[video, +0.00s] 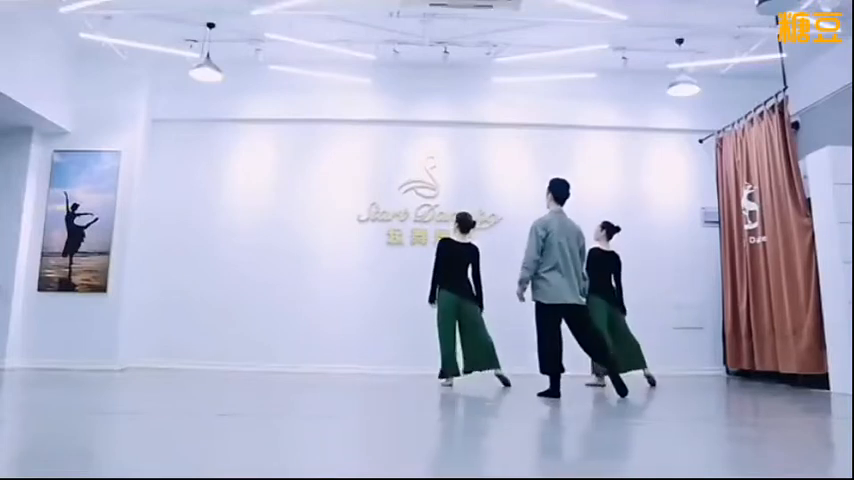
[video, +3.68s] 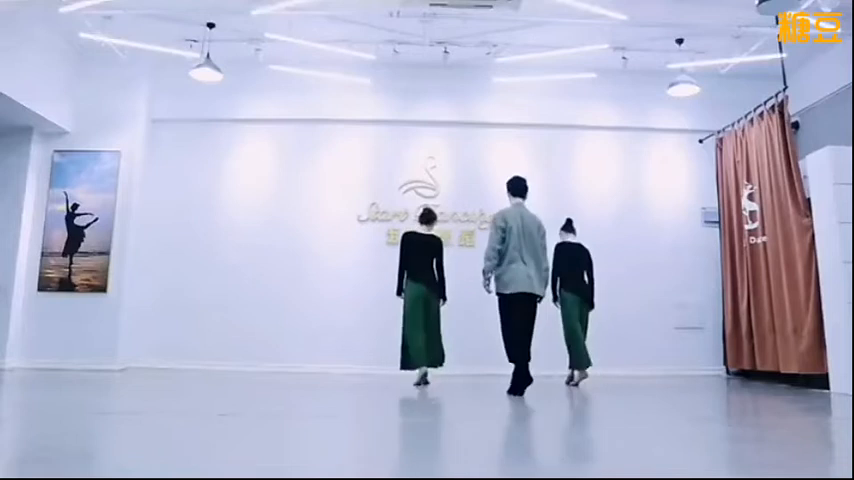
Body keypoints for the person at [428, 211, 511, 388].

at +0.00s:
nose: (454, 225)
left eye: (455, 223)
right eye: (457, 223)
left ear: (456, 225)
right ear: (471, 228)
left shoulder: (444, 243)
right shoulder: (473, 249)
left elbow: (437, 270)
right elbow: (476, 277)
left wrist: (432, 293)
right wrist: (480, 300)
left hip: (446, 292)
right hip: (466, 293)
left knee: (446, 333)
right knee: (480, 332)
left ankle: (448, 375)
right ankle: (496, 368)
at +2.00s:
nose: (460, 237)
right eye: (461, 234)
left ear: (446, 231)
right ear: (460, 235)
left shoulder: (435, 247)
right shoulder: (464, 252)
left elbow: (429, 272)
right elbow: (472, 279)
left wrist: (429, 293)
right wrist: (479, 302)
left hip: (443, 293)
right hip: (463, 293)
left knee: (446, 334)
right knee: (478, 331)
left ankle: (447, 376)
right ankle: (497, 368)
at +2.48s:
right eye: (452, 251)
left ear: (437, 250)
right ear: (452, 251)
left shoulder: (428, 263)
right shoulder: (457, 265)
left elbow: (424, 288)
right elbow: (468, 289)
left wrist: (425, 309)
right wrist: (475, 312)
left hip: (438, 301)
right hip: (458, 302)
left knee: (440, 342)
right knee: (468, 338)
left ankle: (444, 379)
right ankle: (492, 369)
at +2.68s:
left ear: (433, 256)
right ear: (448, 256)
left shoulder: (426, 267)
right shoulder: (455, 268)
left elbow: (422, 293)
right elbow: (465, 294)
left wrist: (421, 315)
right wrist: (470, 317)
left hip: (436, 307)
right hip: (457, 308)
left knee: (438, 344)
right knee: (453, 339)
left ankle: (443, 381)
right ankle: (465, 367)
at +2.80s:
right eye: (444, 258)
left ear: (432, 257)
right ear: (446, 258)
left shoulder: (425, 267)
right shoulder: (454, 269)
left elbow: (421, 292)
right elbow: (461, 295)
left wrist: (419, 315)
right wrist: (465, 318)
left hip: (434, 308)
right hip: (453, 309)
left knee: (436, 345)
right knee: (448, 339)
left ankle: (439, 379)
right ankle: (448, 369)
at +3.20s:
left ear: (427, 234)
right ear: (440, 236)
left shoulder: (419, 245)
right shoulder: (448, 248)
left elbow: (414, 271)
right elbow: (452, 276)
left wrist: (412, 293)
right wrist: (454, 300)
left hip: (425, 290)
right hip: (444, 293)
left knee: (431, 331)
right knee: (438, 332)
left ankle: (442, 370)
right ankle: (427, 368)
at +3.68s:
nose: (430, 224)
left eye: (425, 219)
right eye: (432, 221)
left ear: (419, 220)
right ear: (434, 222)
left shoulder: (408, 237)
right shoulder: (436, 241)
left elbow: (402, 264)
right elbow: (440, 269)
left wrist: (399, 287)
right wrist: (443, 292)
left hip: (413, 288)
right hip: (431, 289)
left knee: (415, 327)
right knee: (428, 327)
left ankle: (422, 368)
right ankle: (424, 368)